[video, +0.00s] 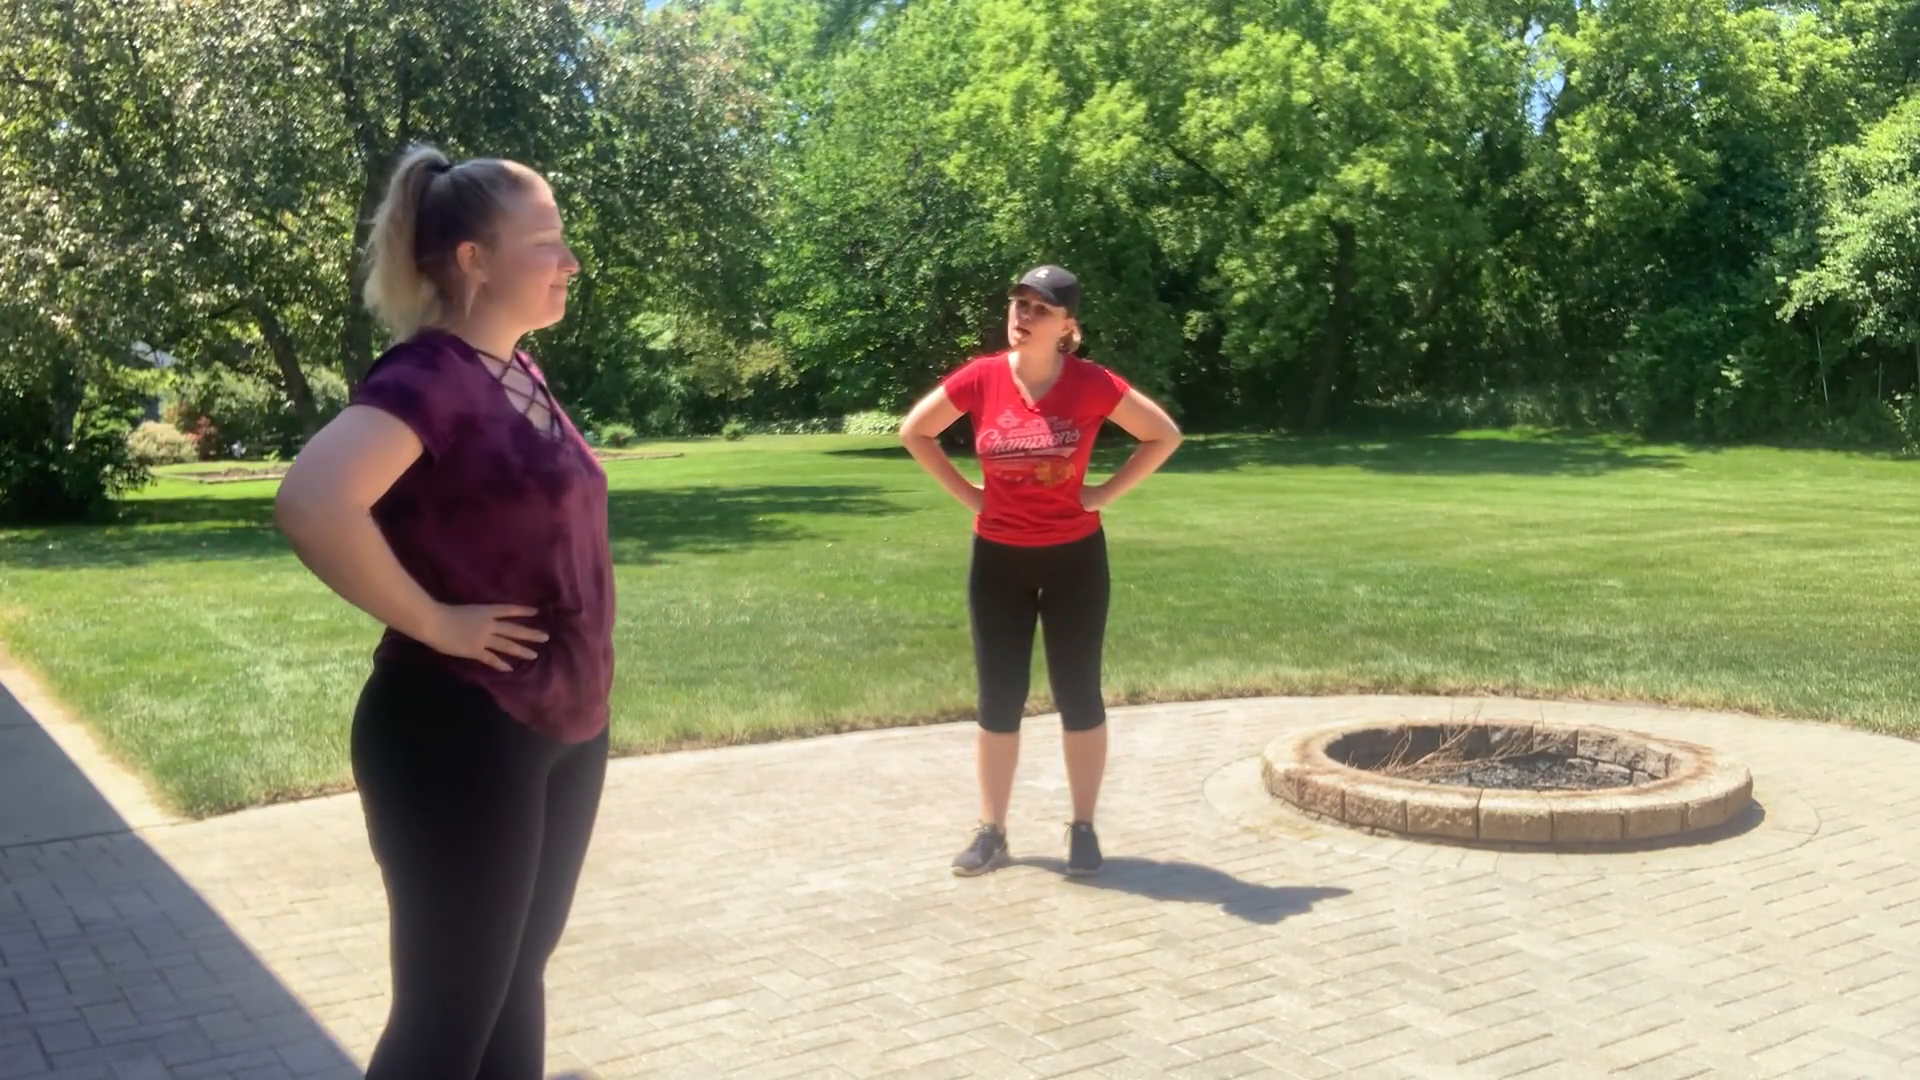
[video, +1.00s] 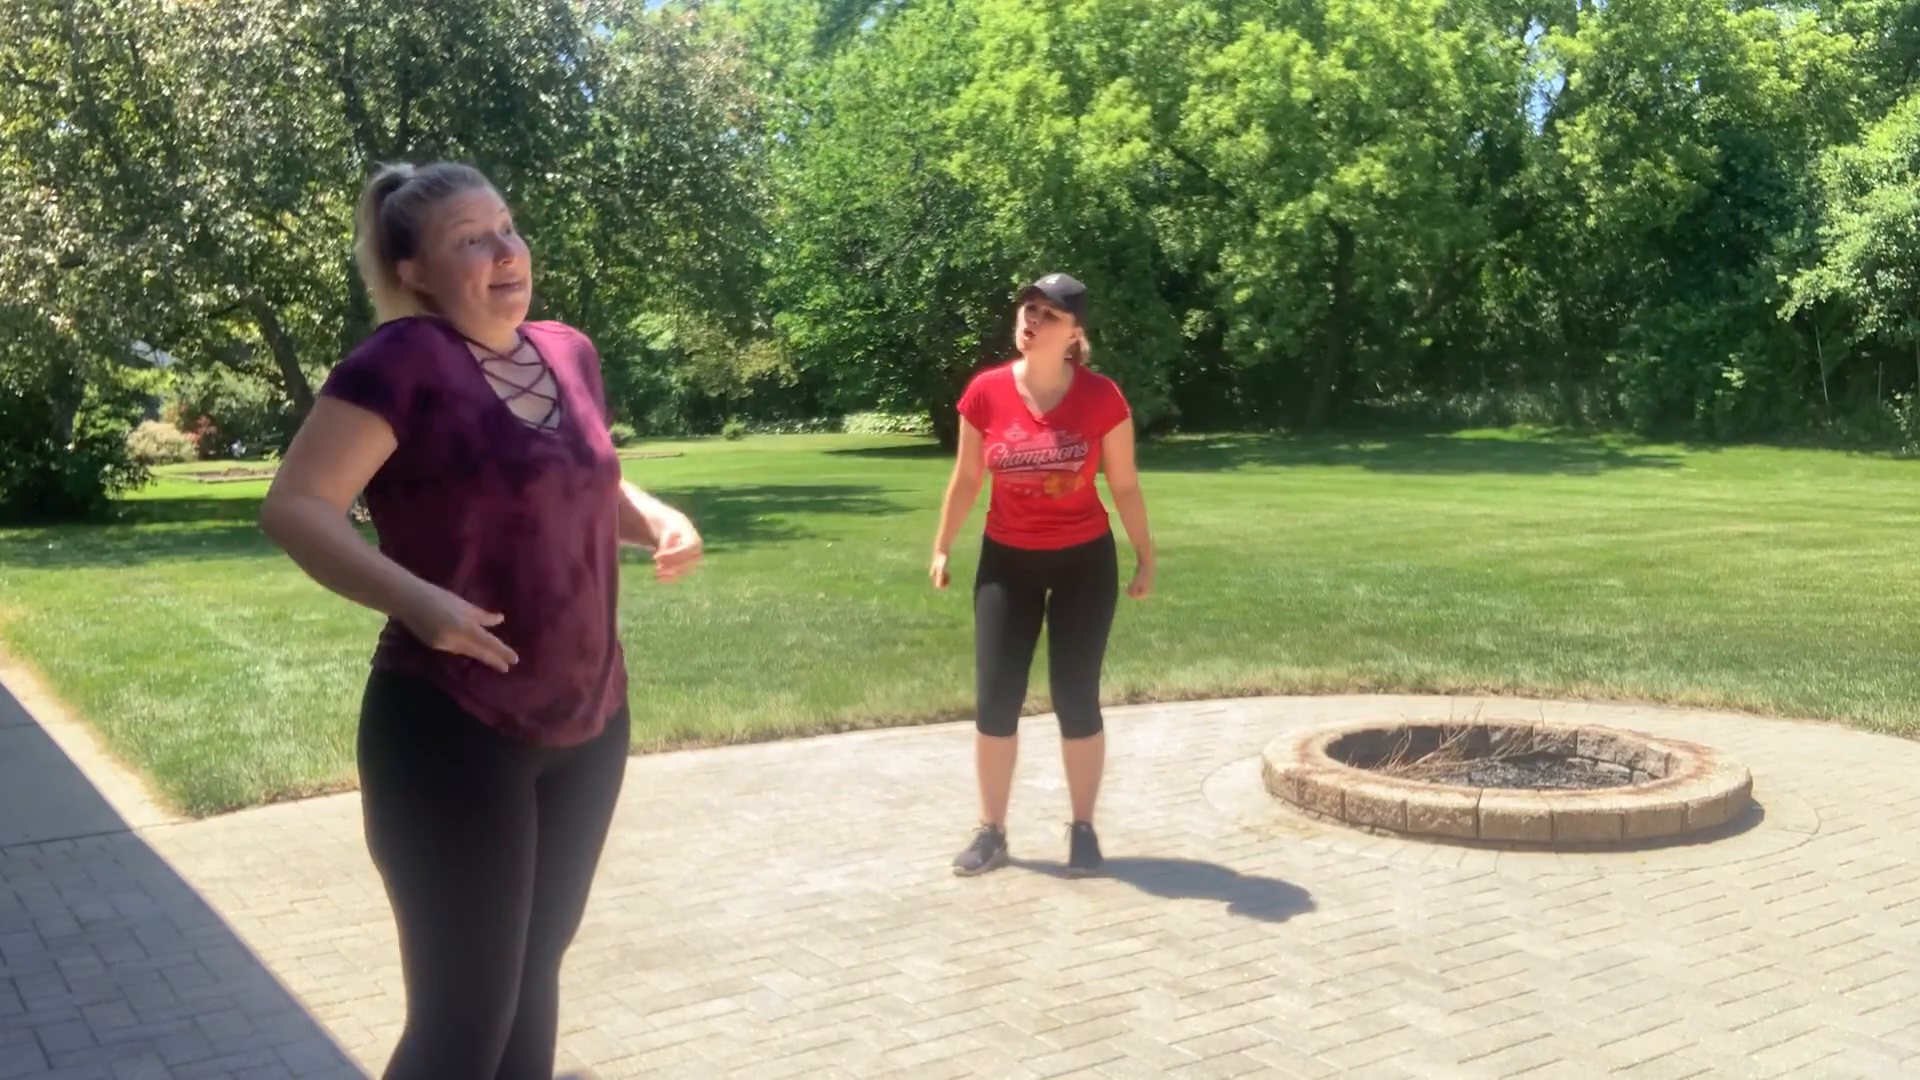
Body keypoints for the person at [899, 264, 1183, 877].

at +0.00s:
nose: (1021, 316)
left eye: (1036, 311)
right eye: (1018, 306)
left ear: (1068, 326)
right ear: (1009, 311)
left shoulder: (1092, 383)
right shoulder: (982, 376)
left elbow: (1166, 435)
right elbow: (914, 432)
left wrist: (1104, 494)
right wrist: (969, 493)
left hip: (1074, 555)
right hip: (998, 555)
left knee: (1077, 695)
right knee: (998, 698)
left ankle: (1083, 826)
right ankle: (991, 829)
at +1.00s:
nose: (1033, 323)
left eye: (1049, 317)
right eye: (1029, 312)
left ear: (1075, 332)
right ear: (1017, 320)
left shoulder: (1100, 396)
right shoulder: (987, 390)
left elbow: (1125, 484)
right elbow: (966, 477)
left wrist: (1144, 551)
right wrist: (942, 545)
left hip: (1084, 560)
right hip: (1007, 559)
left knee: (1075, 697)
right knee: (995, 697)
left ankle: (1083, 827)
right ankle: (991, 829)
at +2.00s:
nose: (1043, 311)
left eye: (1057, 302)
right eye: (1036, 301)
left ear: (1084, 312)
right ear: (1025, 307)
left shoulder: (1110, 382)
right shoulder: (998, 378)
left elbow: (1127, 478)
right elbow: (976, 471)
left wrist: (1133, 557)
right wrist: (958, 546)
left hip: (1086, 557)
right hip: (1009, 556)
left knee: (1082, 697)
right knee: (1004, 698)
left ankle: (1084, 827)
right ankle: (992, 828)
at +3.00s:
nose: (1003, 307)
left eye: (1017, 298)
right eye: (996, 296)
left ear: (1046, 307)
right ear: (986, 305)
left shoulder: (1071, 382)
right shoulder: (962, 367)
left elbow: (1085, 477)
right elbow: (896, 371)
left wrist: (1103, 555)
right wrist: (895, 320)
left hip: (1050, 558)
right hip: (973, 559)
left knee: (1057, 699)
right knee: (979, 702)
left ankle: (1072, 826)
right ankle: (984, 835)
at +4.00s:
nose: (835, 314)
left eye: (852, 301)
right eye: (823, 301)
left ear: (887, 310)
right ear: (811, 310)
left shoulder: (918, 385)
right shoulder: (787, 388)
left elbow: (1001, 438)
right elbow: (686, 455)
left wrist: (910, 442)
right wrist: (705, 420)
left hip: (911, 609)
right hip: (819, 613)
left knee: (866, 776)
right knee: (854, 772)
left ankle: (845, 972)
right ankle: (903, 867)